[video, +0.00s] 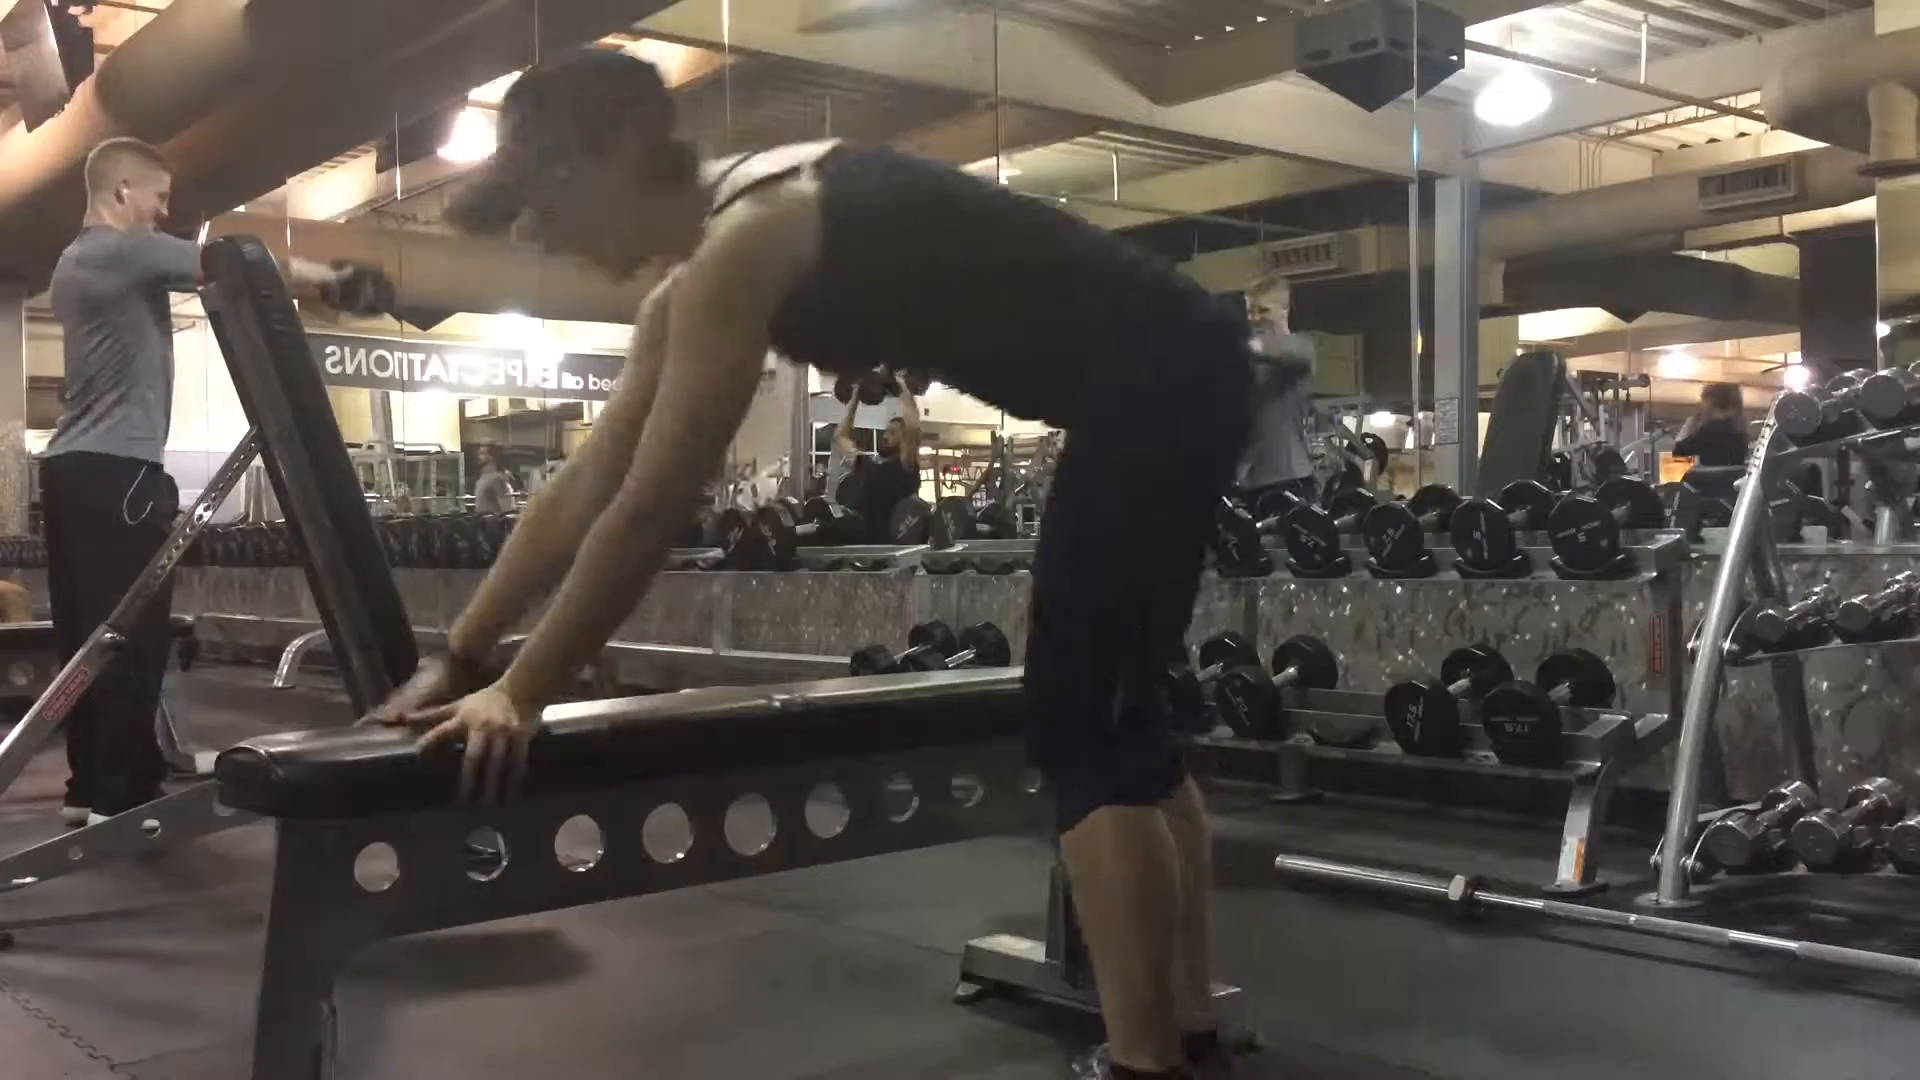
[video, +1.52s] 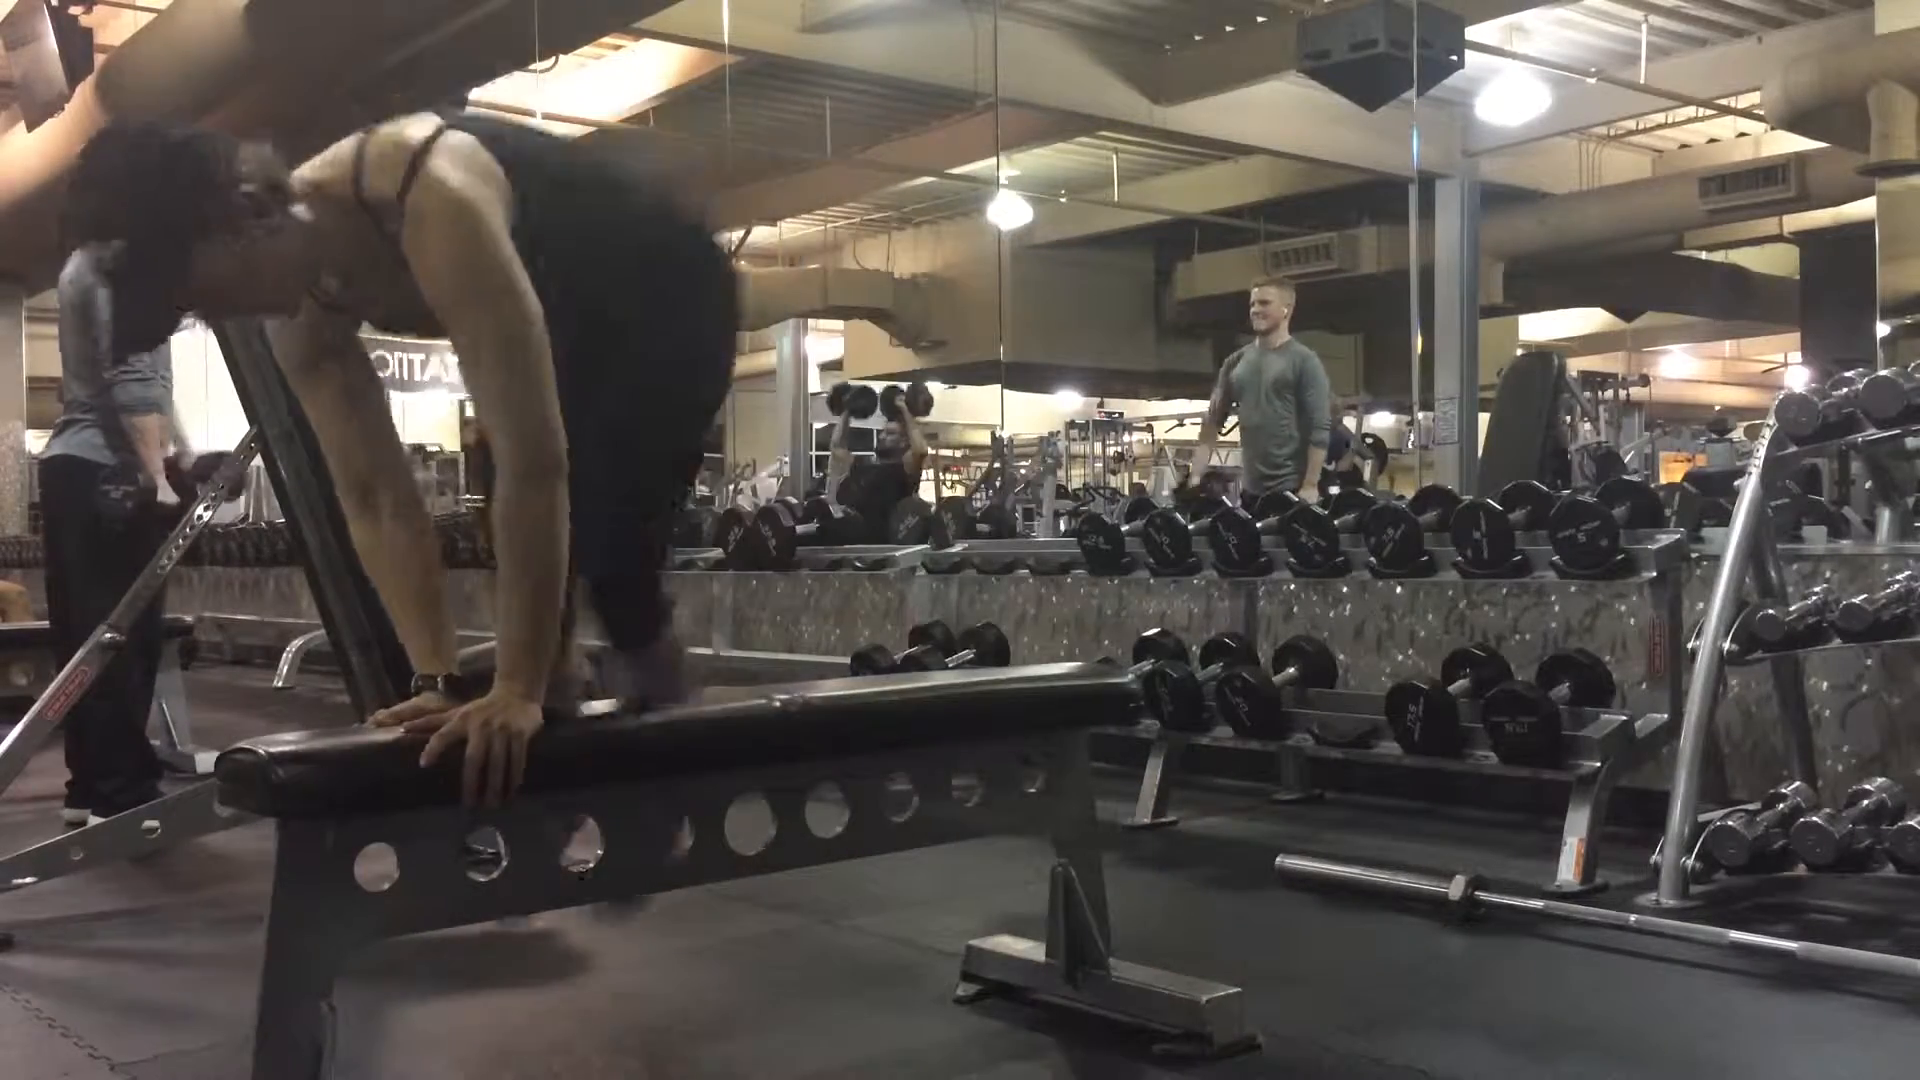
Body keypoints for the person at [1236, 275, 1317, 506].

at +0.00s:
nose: (1255, 318)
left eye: (1263, 311)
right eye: (1250, 311)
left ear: (1285, 310)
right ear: (1245, 312)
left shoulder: (1300, 344)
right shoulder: (1241, 349)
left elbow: (1301, 361)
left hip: (1293, 473)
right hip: (1249, 476)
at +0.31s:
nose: (1258, 317)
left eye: (1265, 309)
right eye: (1253, 310)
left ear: (1287, 308)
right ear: (1248, 312)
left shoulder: (1302, 346)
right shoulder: (1240, 365)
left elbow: (1293, 351)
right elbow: (1232, 428)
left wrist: (1224, 340)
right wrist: (1230, 481)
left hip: (1291, 479)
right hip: (1249, 483)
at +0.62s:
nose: (1250, 311)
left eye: (1258, 303)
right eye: (1247, 305)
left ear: (1282, 308)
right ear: (1244, 308)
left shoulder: (1295, 354)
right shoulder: (1244, 360)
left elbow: (1279, 404)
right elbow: (1240, 418)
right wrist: (1233, 477)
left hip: (1295, 477)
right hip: (1258, 477)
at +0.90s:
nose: (1248, 310)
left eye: (1256, 303)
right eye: (1246, 304)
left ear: (1280, 309)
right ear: (1243, 308)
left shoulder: (1294, 359)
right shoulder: (1240, 361)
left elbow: (1302, 428)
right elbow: (1237, 424)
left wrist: (1288, 486)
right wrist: (1235, 481)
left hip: (1284, 484)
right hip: (1251, 484)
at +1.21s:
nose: (1250, 309)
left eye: (1259, 302)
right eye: (1248, 303)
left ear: (1282, 309)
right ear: (1244, 307)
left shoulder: (1298, 360)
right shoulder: (1234, 362)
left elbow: (1315, 428)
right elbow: (1230, 427)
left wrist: (1305, 486)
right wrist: (1231, 482)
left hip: (1287, 486)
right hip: (1249, 484)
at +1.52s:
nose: (1255, 310)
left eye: (1264, 303)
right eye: (1252, 304)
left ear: (1286, 310)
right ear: (1249, 308)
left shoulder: (1304, 362)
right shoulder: (1235, 363)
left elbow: (1319, 429)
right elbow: (1212, 421)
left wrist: (1310, 486)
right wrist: (1195, 476)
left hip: (1291, 488)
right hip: (1251, 488)